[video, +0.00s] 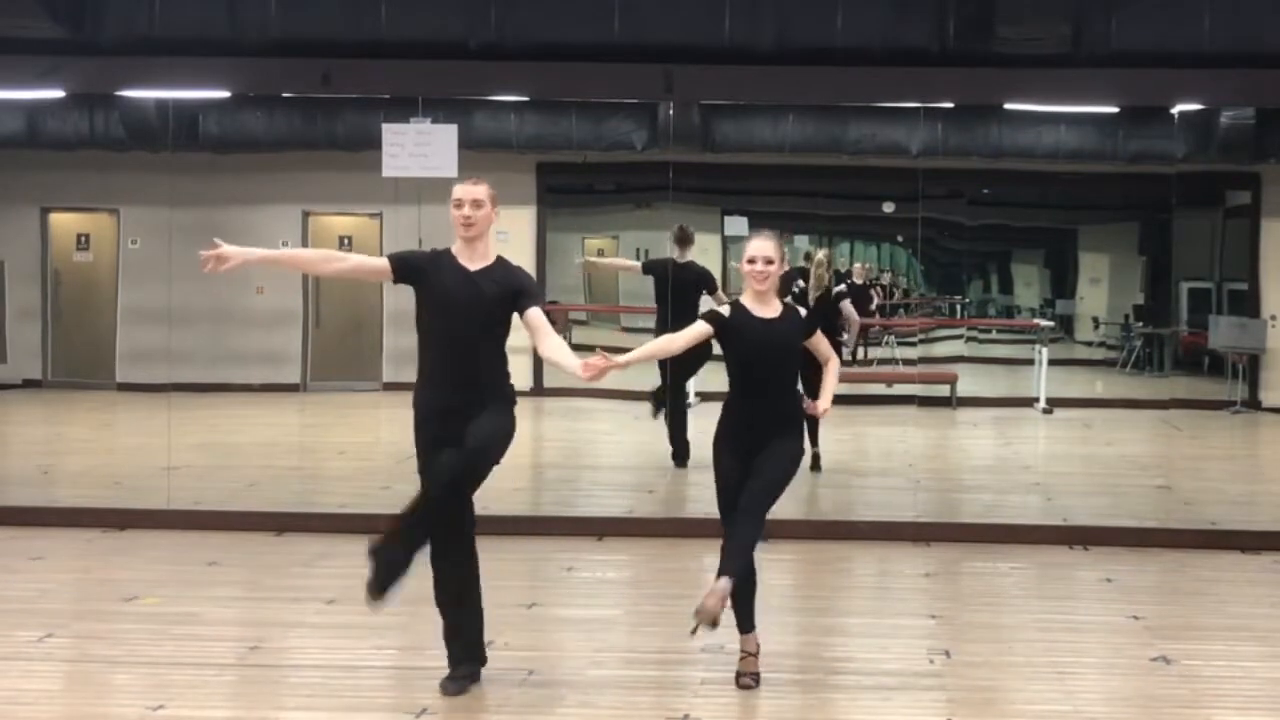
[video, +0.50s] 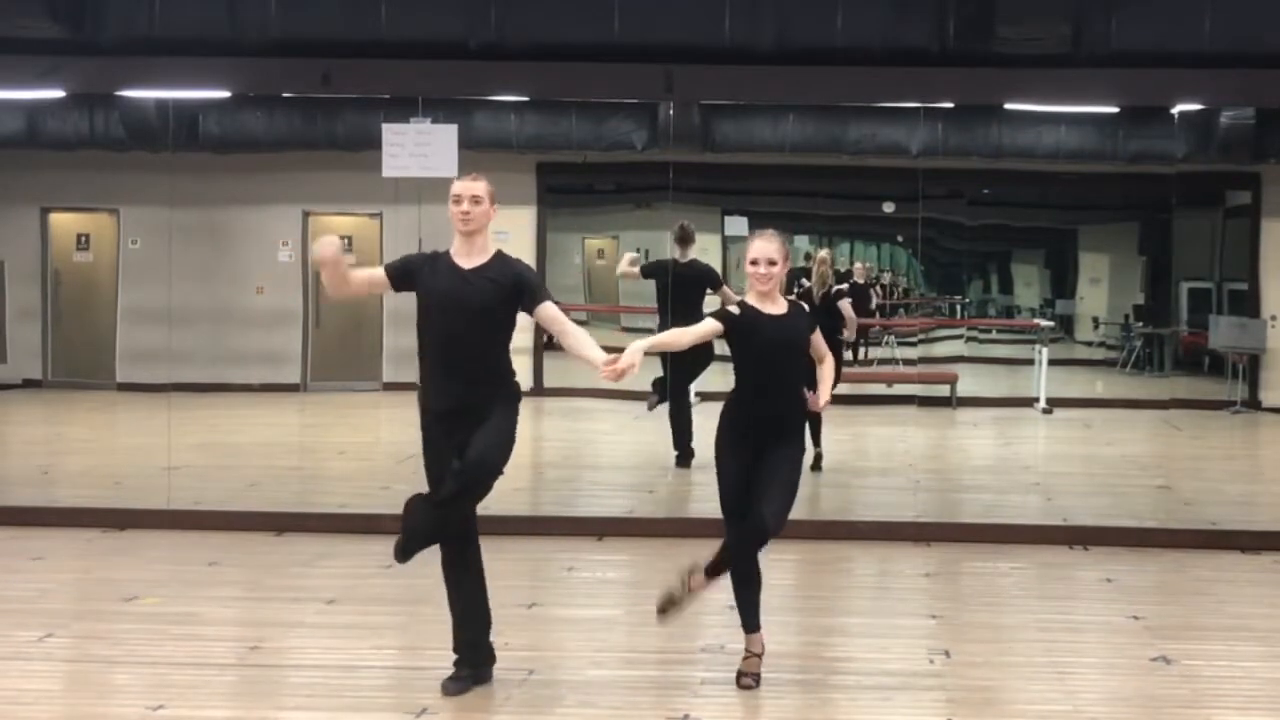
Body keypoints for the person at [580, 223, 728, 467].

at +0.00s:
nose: (681, 246)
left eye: (676, 242)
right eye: (687, 242)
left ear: (673, 243)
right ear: (692, 244)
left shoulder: (659, 266)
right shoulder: (701, 273)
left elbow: (626, 265)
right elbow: (722, 302)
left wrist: (595, 262)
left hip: (665, 340)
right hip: (693, 339)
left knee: (675, 396)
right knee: (703, 352)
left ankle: (680, 454)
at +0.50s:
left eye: (676, 242)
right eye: (688, 242)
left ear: (673, 242)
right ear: (694, 243)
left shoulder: (660, 267)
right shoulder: (704, 271)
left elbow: (622, 272)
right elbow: (731, 299)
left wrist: (627, 258)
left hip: (667, 337)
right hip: (697, 337)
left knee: (678, 395)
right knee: (704, 357)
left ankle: (684, 452)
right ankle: (663, 389)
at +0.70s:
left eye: (676, 246)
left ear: (673, 247)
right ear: (693, 247)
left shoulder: (663, 273)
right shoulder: (705, 273)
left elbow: (657, 298)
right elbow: (731, 299)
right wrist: (740, 304)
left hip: (665, 340)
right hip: (691, 339)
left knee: (671, 393)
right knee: (690, 385)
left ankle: (683, 450)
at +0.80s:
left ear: (675, 248)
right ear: (694, 248)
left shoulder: (664, 275)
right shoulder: (703, 276)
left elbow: (663, 305)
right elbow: (730, 304)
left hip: (664, 344)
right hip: (690, 344)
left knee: (671, 401)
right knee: (690, 402)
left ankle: (685, 452)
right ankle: (719, 443)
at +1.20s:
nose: (689, 255)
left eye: (684, 250)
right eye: (694, 250)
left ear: (680, 252)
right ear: (699, 252)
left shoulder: (668, 277)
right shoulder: (709, 281)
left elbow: (629, 280)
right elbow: (734, 310)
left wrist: (597, 275)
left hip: (668, 346)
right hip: (693, 349)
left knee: (688, 399)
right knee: (677, 400)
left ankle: (687, 453)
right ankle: (655, 452)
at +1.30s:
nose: (690, 256)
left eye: (686, 252)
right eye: (695, 251)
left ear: (681, 253)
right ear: (701, 253)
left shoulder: (670, 281)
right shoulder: (713, 281)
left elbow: (635, 289)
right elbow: (736, 310)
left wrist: (605, 279)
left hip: (668, 351)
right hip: (696, 351)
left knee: (675, 401)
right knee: (699, 401)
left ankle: (688, 455)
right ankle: (678, 440)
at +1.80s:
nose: (697, 258)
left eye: (690, 254)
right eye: (702, 254)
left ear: (685, 254)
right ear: (705, 256)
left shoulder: (673, 274)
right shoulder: (711, 287)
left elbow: (633, 269)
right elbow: (727, 317)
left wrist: (598, 263)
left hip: (685, 351)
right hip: (710, 351)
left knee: (685, 399)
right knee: (704, 400)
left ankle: (688, 448)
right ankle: (698, 450)